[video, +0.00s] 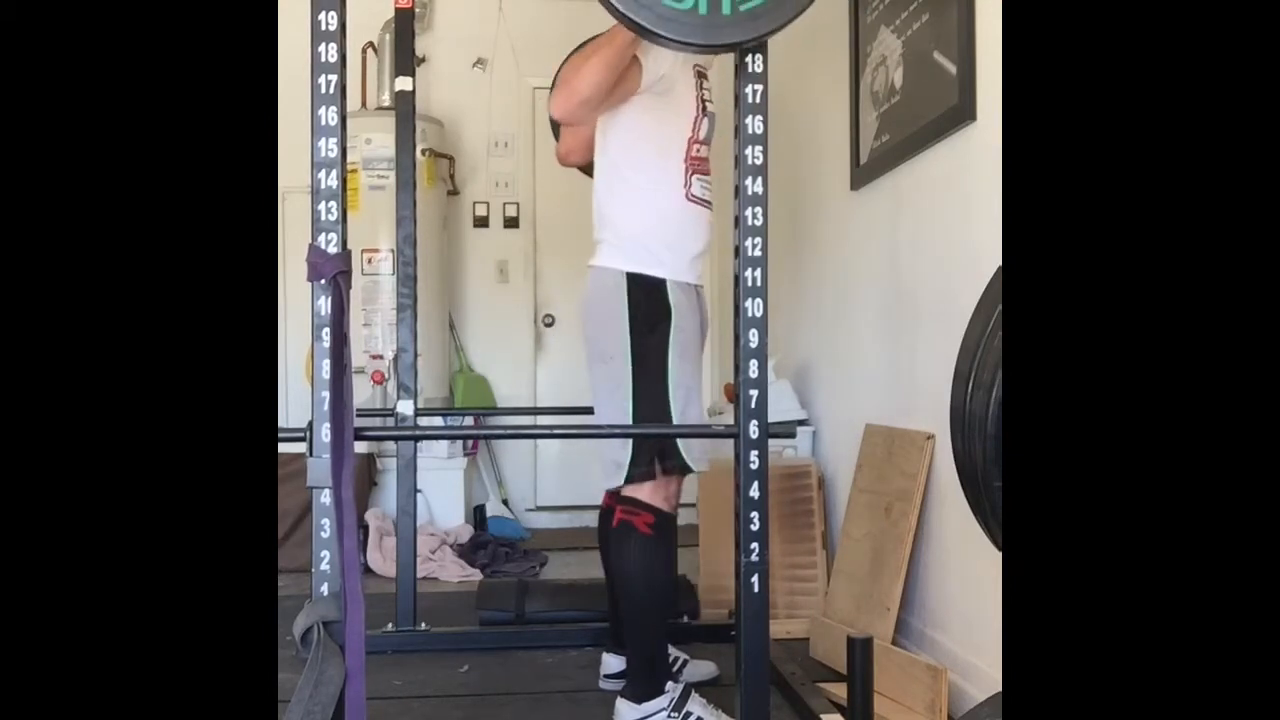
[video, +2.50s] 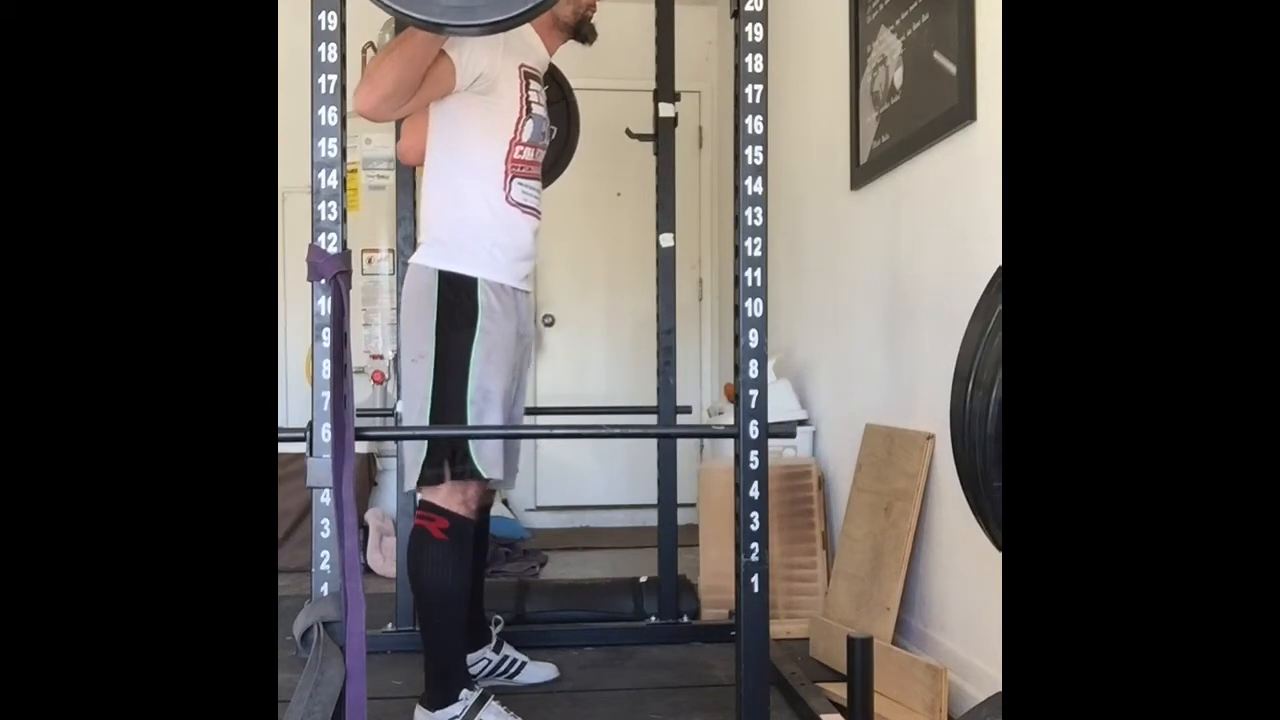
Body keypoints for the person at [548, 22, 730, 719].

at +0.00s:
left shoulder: (678, 57)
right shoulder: (642, 40)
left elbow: (570, 148)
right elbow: (566, 102)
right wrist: (640, 16)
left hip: (663, 285)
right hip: (640, 286)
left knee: (647, 476)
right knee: (657, 477)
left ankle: (628, 650)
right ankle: (647, 692)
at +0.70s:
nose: (700, 27)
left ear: (656, 4)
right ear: (655, 2)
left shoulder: (645, 57)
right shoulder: (611, 40)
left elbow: (535, 148)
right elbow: (528, 106)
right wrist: (596, 20)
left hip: (630, 278)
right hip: (599, 278)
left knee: (633, 472)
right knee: (630, 472)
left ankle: (630, 650)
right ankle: (542, 670)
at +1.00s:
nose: (691, 28)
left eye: (691, 21)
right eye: (686, 18)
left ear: (645, 15)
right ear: (650, 8)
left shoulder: (605, 67)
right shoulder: (569, 42)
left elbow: (493, 148)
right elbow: (462, 99)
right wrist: (544, 17)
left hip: (590, 297)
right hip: (543, 292)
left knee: (623, 474)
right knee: (520, 489)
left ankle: (631, 648)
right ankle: (452, 694)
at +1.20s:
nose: (664, 9)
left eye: (665, 4)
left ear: (629, 5)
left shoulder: (579, 54)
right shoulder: (538, 22)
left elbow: (453, 135)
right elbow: (423, 79)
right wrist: (493, 3)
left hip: (550, 288)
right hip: (501, 283)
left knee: (584, 454)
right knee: (480, 485)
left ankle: (553, 621)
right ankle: (448, 697)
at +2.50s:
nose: (595, 4)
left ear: (568, 9)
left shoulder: (535, 70)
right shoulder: (482, 37)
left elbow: (414, 145)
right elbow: (371, 99)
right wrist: (433, 16)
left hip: (503, 292)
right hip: (456, 286)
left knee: (481, 482)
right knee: (452, 487)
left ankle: (475, 649)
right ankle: (444, 696)